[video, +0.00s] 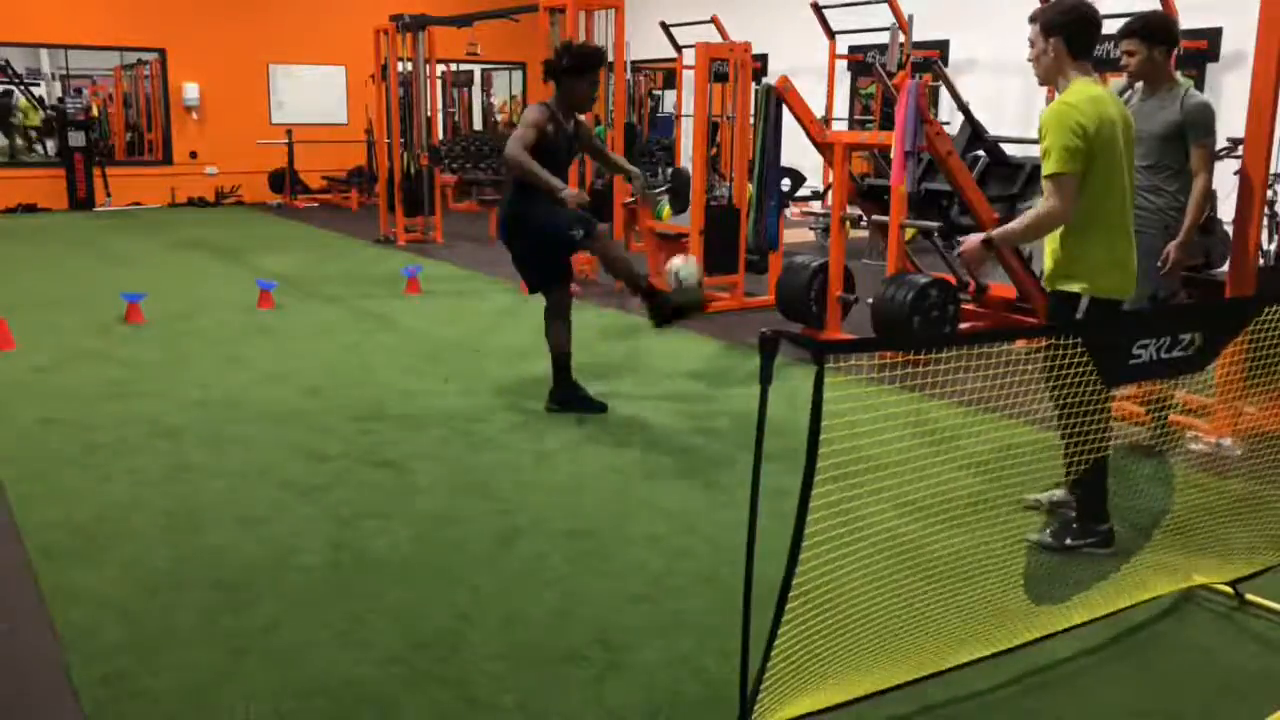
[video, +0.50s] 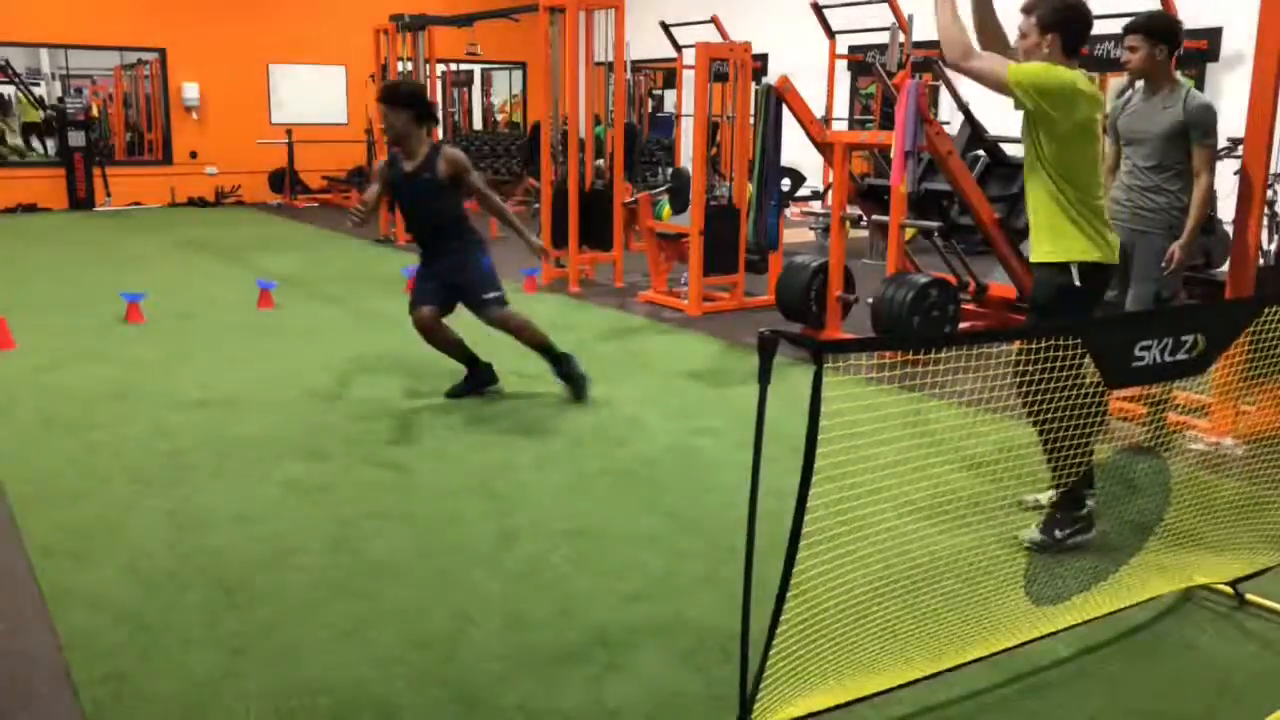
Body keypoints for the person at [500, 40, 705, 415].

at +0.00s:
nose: (596, 91)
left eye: (597, 83)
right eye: (590, 83)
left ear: (580, 85)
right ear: (565, 82)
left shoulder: (577, 127)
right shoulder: (537, 116)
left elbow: (604, 157)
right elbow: (514, 153)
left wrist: (634, 173)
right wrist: (561, 189)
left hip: (541, 215)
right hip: (525, 213)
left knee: (559, 296)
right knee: (599, 237)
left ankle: (563, 386)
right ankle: (655, 300)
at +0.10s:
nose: (587, 89)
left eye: (588, 81)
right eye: (582, 80)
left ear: (568, 82)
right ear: (559, 80)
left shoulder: (560, 121)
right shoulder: (540, 119)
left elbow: (569, 157)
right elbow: (530, 165)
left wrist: (598, 174)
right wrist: (575, 199)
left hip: (538, 214)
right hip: (520, 216)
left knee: (577, 285)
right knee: (587, 248)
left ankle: (578, 372)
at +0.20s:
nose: (570, 95)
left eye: (571, 88)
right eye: (562, 88)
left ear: (570, 92)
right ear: (540, 95)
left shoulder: (555, 138)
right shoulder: (534, 137)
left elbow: (550, 193)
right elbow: (533, 194)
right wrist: (575, 227)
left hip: (551, 235)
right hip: (526, 237)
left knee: (596, 298)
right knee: (563, 301)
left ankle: (626, 369)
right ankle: (515, 365)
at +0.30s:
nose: (529, 124)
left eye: (535, 116)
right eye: (522, 117)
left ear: (545, 123)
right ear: (509, 127)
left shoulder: (552, 169)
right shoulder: (505, 172)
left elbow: (556, 218)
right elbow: (497, 224)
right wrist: (540, 257)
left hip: (558, 260)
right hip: (522, 265)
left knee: (609, 314)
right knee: (532, 342)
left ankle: (636, 376)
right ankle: (472, 352)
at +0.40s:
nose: (451, 126)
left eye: (459, 117)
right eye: (450, 118)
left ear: (484, 120)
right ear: (451, 122)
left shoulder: (510, 163)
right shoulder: (446, 169)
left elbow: (524, 209)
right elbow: (439, 211)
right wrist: (448, 235)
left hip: (515, 259)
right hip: (475, 262)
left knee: (568, 319)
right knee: (471, 329)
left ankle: (627, 371)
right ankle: (487, 375)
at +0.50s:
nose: (385, 123)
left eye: (391, 115)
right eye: (384, 116)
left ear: (414, 118)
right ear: (393, 120)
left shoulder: (450, 160)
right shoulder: (390, 169)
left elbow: (488, 199)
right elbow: (370, 207)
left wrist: (528, 238)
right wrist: (361, 214)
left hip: (467, 252)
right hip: (433, 259)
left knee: (497, 315)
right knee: (424, 320)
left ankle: (561, 362)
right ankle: (478, 370)